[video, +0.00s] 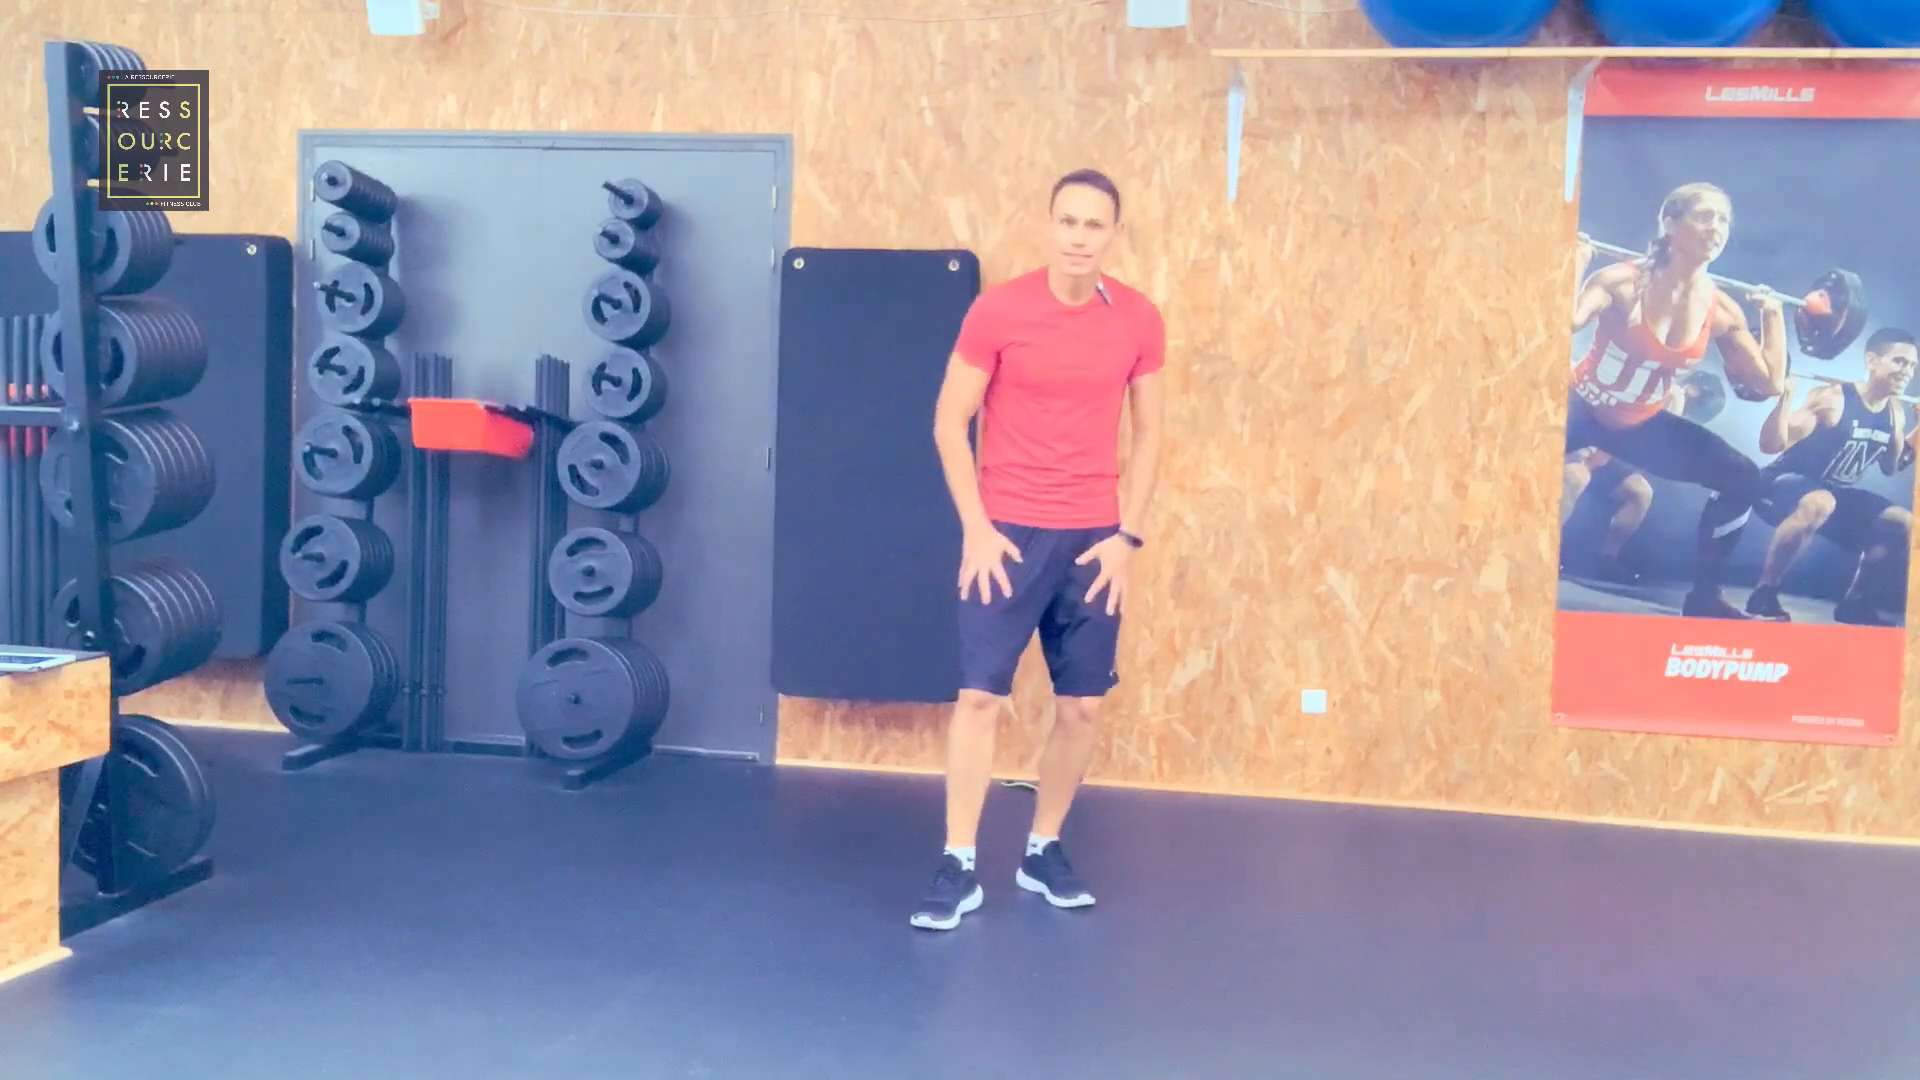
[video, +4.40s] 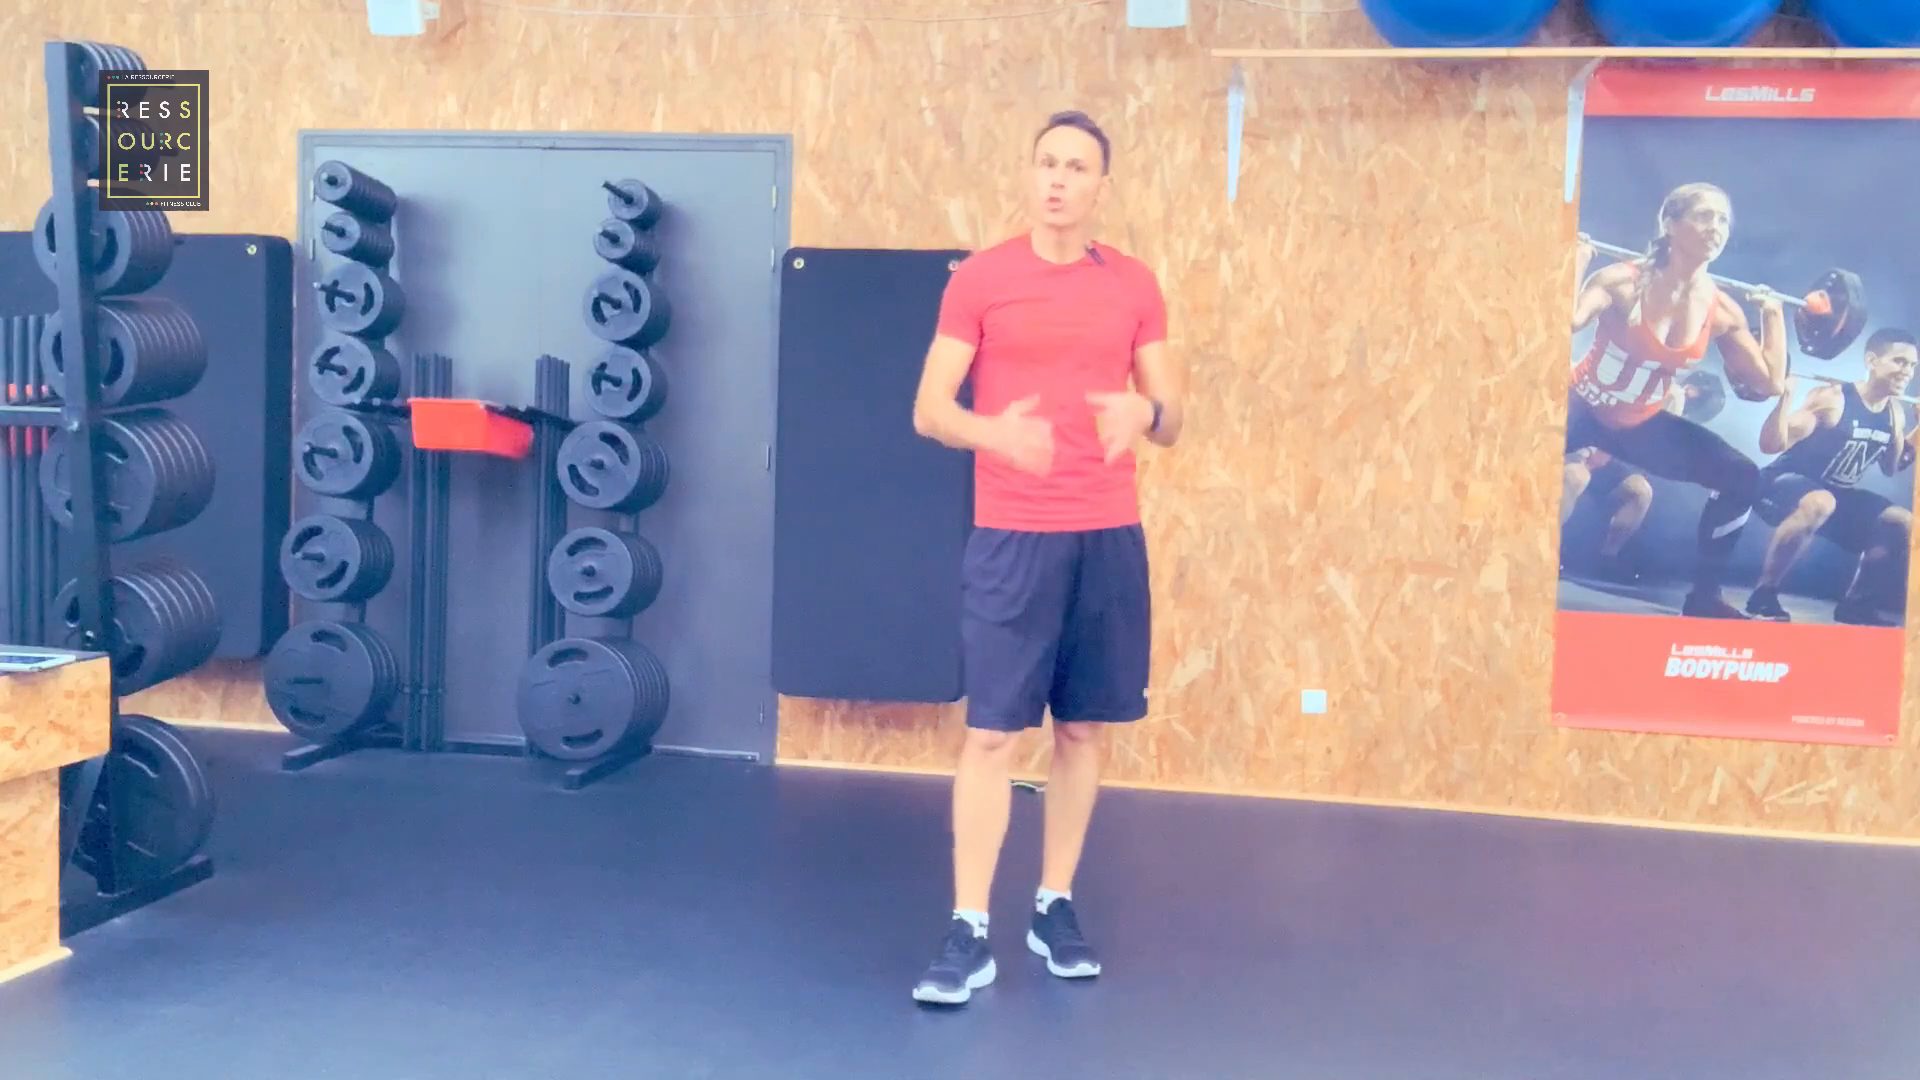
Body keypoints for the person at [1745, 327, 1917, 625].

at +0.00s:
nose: (1906, 372)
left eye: (1911, 365)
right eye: (1899, 361)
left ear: (1913, 371)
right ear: (1872, 361)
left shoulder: (1894, 411)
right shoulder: (1831, 397)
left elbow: (1890, 466)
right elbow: (1768, 444)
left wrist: (1910, 444)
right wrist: (1784, 398)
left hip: (1838, 494)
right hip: (1785, 481)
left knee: (1904, 524)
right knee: (1821, 502)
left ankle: (1854, 605)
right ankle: (1763, 595)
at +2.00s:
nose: (1906, 372)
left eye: (1911, 365)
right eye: (1899, 361)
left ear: (1913, 371)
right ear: (1871, 361)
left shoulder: (1894, 411)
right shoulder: (1830, 398)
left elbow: (1891, 467)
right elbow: (1768, 444)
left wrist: (1911, 444)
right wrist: (1785, 396)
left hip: (1839, 495)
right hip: (1786, 482)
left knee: (1904, 524)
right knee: (1821, 502)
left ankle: (1855, 604)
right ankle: (1763, 595)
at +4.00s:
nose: (1906, 371)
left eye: (1911, 365)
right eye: (1899, 361)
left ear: (1913, 371)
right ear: (1872, 361)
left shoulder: (1894, 411)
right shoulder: (1831, 397)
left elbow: (1891, 467)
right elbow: (1769, 444)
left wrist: (1914, 438)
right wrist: (1785, 397)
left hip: (1839, 495)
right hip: (1786, 481)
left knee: (1905, 524)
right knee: (1821, 502)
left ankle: (1854, 604)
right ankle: (1764, 595)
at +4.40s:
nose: (1906, 372)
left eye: (1911, 365)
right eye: (1899, 361)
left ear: (1914, 371)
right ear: (1872, 361)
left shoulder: (1894, 412)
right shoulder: (1830, 397)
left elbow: (1891, 466)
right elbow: (1769, 444)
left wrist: (1912, 438)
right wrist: (1785, 396)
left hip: (1839, 495)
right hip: (1786, 482)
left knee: (1905, 524)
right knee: (1821, 502)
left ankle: (1854, 604)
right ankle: (1764, 595)